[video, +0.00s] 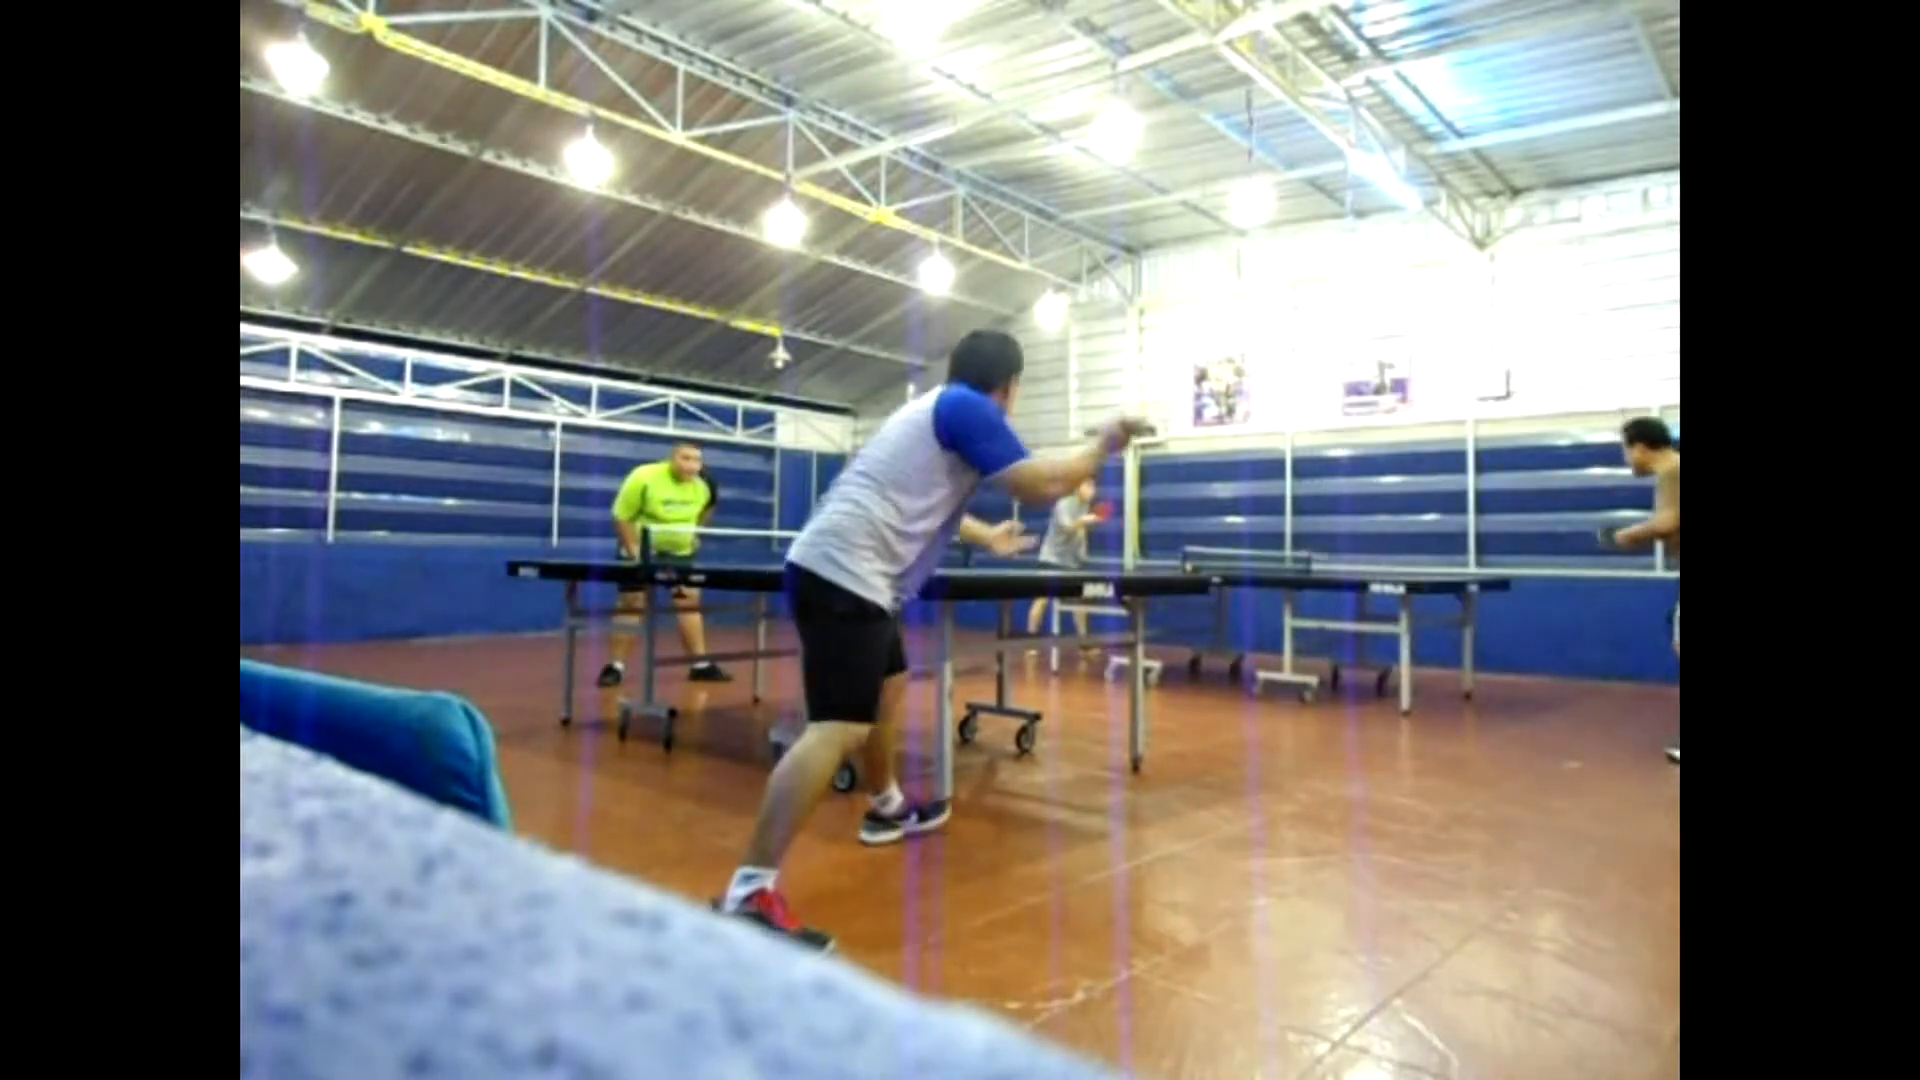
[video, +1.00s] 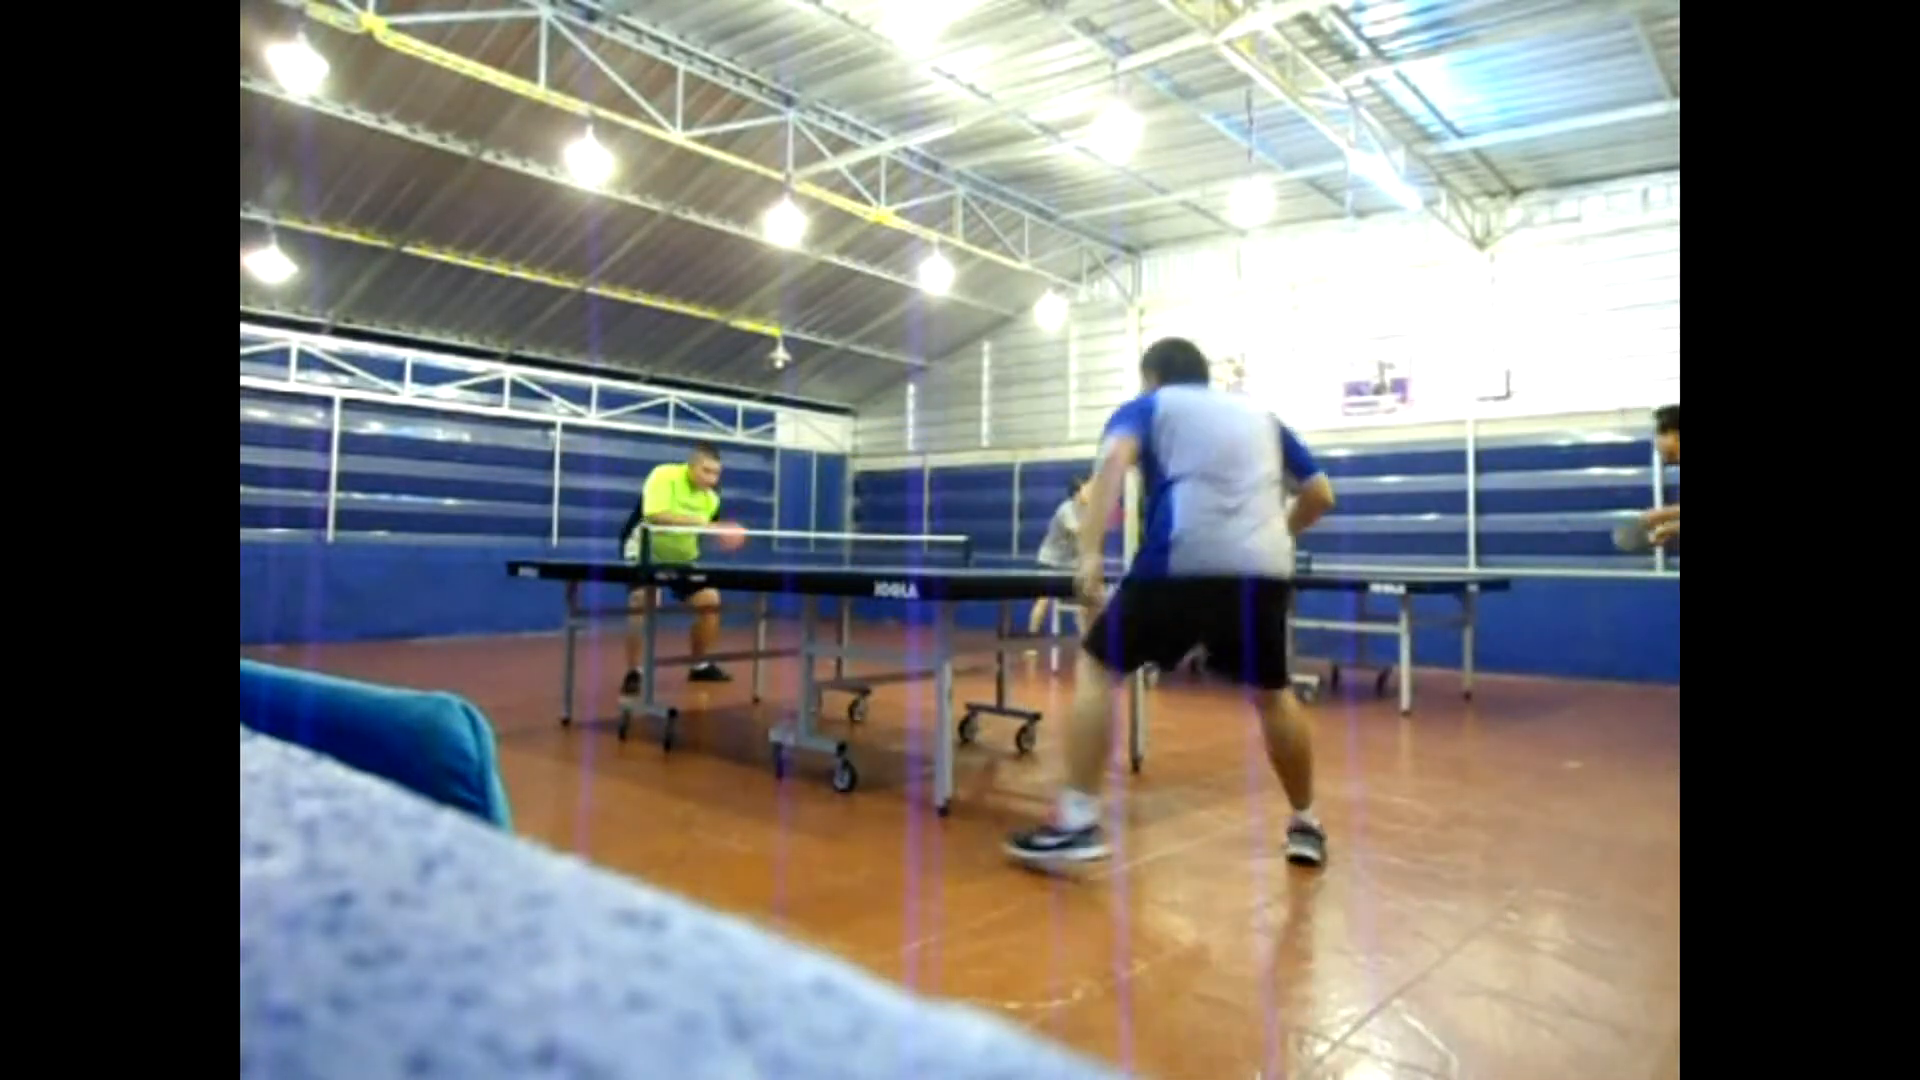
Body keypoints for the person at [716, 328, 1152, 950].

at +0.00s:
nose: (1017, 394)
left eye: (1017, 385)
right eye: (1016, 384)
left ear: (961, 371)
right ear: (1004, 383)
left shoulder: (933, 414)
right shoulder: (964, 408)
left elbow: (925, 502)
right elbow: (1036, 484)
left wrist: (984, 535)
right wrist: (1102, 448)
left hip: (861, 572)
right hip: (839, 569)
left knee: (887, 681)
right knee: (839, 724)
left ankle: (886, 804)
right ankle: (750, 887)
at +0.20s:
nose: (1029, 392)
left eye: (1026, 382)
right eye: (1025, 380)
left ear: (966, 370)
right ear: (1005, 373)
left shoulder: (917, 412)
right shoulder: (986, 387)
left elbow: (850, 483)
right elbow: (1090, 373)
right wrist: (1070, 429)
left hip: (852, 564)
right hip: (888, 574)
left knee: (874, 697)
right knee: (859, 732)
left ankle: (847, 783)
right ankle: (755, 883)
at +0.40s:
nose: (1015, 403)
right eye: (1014, 395)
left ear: (959, 400)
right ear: (1010, 394)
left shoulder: (917, 435)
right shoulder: (1024, 408)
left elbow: (841, 491)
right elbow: (1126, 444)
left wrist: (878, 572)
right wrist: (1099, 500)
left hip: (905, 579)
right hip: (970, 575)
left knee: (939, 699)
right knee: (955, 737)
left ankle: (929, 824)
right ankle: (807, 848)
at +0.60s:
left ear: (990, 411)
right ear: (1044, 402)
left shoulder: (966, 441)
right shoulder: (1079, 424)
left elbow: (914, 486)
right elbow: (1168, 473)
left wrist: (897, 574)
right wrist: (1155, 530)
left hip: (985, 588)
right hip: (1064, 582)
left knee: (972, 698)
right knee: (1098, 712)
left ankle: (934, 820)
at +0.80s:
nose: (1074, 417)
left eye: (1073, 409)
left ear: (1076, 411)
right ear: (1128, 405)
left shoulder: (1063, 448)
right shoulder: (1179, 438)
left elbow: (1031, 505)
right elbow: (1261, 490)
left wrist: (1006, 576)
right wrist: (1227, 531)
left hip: (1092, 605)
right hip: (1182, 599)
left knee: (1024, 711)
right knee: (1234, 711)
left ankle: (945, 817)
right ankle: (1295, 823)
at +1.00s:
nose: (1142, 390)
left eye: (1143, 382)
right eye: (1143, 383)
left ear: (1154, 379)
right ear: (1203, 374)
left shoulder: (1147, 406)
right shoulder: (1260, 417)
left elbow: (1115, 461)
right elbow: (1319, 495)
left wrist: (1090, 556)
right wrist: (1275, 535)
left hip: (1180, 572)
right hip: (1264, 574)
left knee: (1096, 668)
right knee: (1275, 695)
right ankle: (1305, 822)